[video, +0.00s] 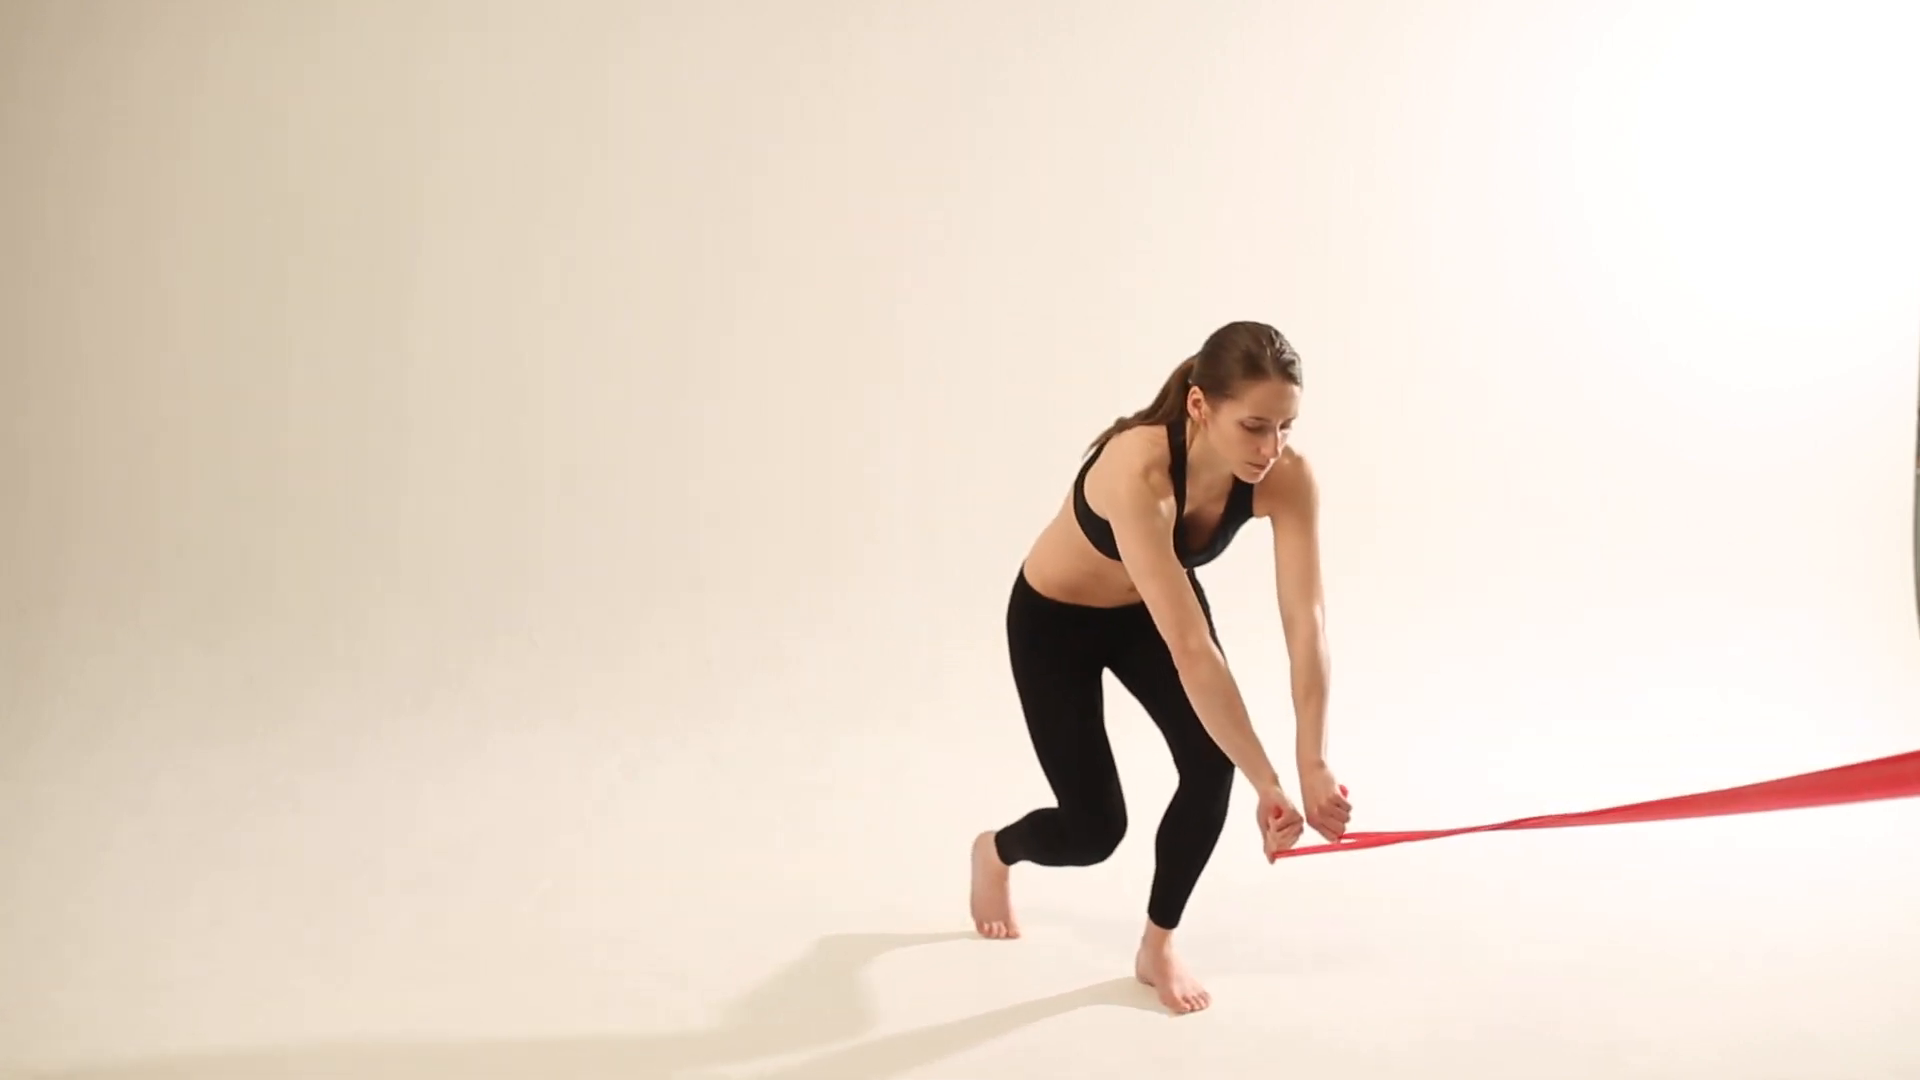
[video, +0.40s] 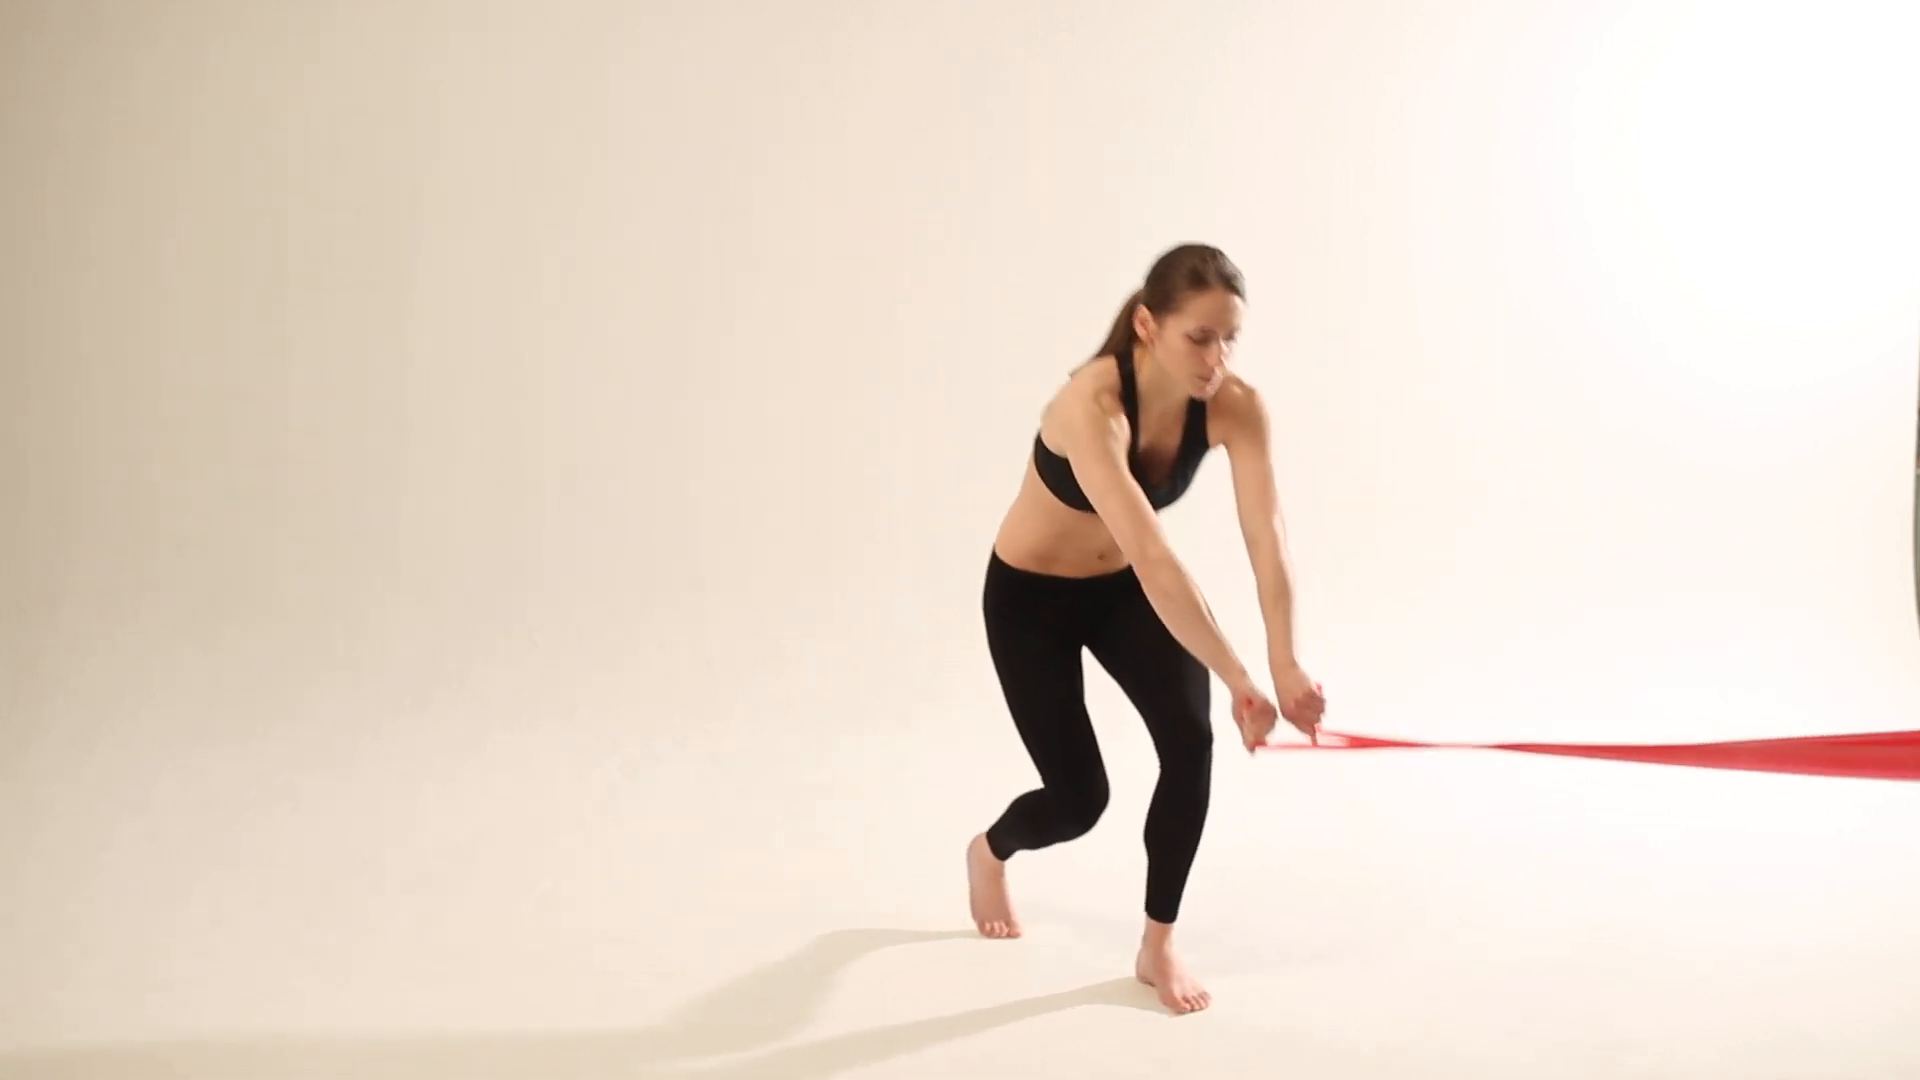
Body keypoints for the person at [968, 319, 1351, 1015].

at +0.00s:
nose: (1271, 446)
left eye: (1284, 427)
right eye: (1254, 426)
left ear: (1295, 413)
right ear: (1199, 407)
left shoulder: (1284, 479)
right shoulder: (1135, 468)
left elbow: (1304, 622)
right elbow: (1192, 649)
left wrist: (1311, 762)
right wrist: (1265, 784)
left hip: (1153, 614)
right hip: (1054, 620)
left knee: (1211, 768)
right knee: (1095, 830)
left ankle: (1158, 943)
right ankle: (995, 851)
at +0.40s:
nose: (1219, 359)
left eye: (1229, 338)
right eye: (1201, 338)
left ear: (1239, 331)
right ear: (1146, 326)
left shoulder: (1235, 406)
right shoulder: (1088, 405)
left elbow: (1265, 542)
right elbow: (1152, 560)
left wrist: (1284, 666)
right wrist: (1237, 678)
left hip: (1128, 587)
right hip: (1030, 596)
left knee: (1190, 746)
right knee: (1079, 799)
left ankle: (1158, 941)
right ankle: (988, 851)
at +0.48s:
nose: (1191, 320)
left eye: (1200, 301)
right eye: (1173, 300)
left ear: (1207, 298)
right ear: (1118, 291)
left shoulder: (1206, 372)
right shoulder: (1065, 376)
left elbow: (1242, 500)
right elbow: (1129, 521)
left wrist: (1267, 617)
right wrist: (1215, 633)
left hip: (1115, 572)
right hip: (1015, 581)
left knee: (1176, 737)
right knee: (1064, 783)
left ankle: (1156, 942)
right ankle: (983, 854)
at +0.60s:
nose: (1138, 251)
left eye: (1149, 234)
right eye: (1121, 232)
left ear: (1158, 237)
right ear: (1070, 229)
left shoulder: (1159, 312)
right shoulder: (1018, 321)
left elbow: (1202, 426)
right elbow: (1084, 454)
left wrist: (1231, 529)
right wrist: (1177, 547)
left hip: (1085, 540)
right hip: (984, 544)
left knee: (1145, 720)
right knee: (1036, 742)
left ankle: (1162, 930)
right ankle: (984, 861)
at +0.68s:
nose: (1106, 209)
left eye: (1116, 192)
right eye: (1089, 192)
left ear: (1124, 197)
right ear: (1038, 190)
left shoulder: (1128, 277)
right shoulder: (986, 285)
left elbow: (1181, 382)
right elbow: (1038, 419)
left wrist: (1202, 465)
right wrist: (1145, 486)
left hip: (1066, 518)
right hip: (967, 522)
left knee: (1123, 707)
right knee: (1017, 718)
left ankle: (1151, 906)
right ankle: (984, 865)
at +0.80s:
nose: (1065, 168)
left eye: (1073, 152)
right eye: (1048, 151)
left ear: (1078, 157)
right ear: (996, 149)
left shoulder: (1088, 242)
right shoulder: (949, 249)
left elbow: (1155, 331)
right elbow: (961, 382)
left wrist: (1176, 374)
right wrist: (1067, 391)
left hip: (1045, 492)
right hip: (948, 499)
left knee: (1095, 679)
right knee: (991, 691)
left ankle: (1067, 861)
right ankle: (981, 872)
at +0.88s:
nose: (1039, 145)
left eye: (1049, 130)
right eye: (1022, 129)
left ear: (1056, 137)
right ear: (972, 131)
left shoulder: (1069, 228)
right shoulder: (926, 233)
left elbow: (1145, 333)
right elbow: (920, 370)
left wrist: (1164, 336)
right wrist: (1012, 349)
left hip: (1037, 481)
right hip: (939, 488)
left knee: (1072, 675)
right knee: (976, 681)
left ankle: (1011, 810)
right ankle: (979, 872)